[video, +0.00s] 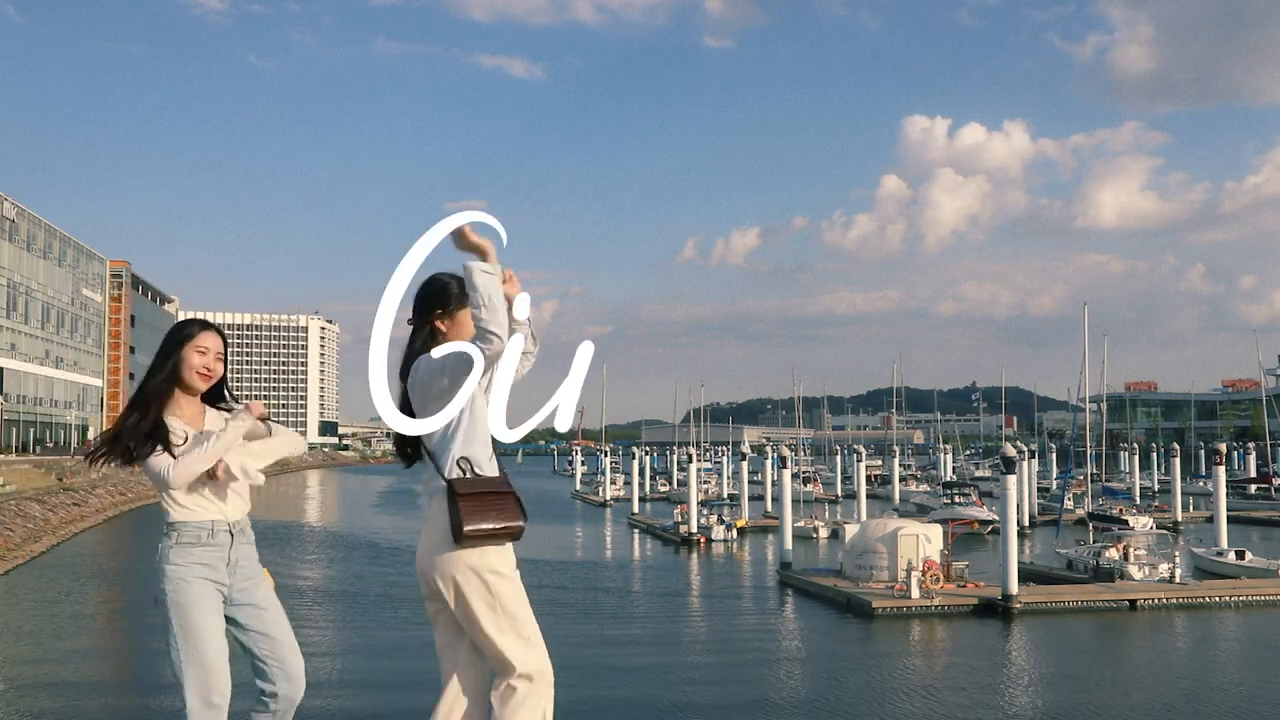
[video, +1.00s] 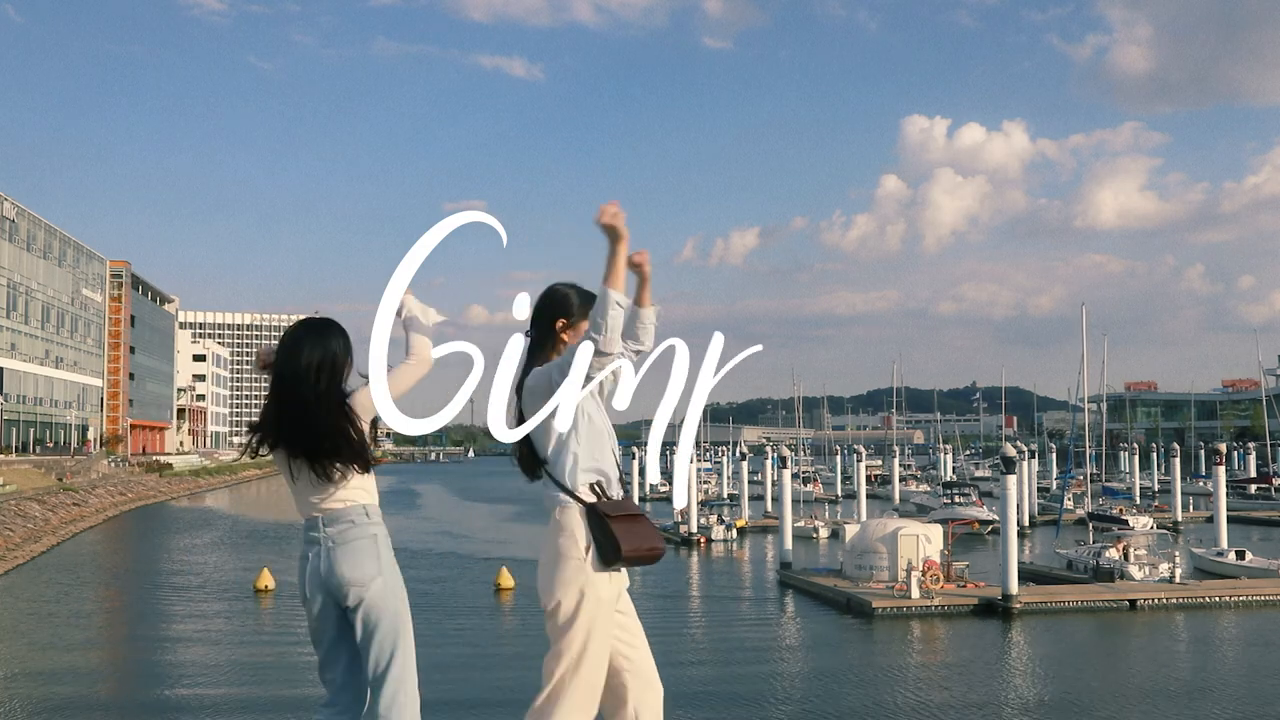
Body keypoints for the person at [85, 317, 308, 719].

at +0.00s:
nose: (211, 364)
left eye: (219, 358)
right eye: (200, 352)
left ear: (223, 368)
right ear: (174, 356)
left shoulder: (231, 418)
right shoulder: (147, 423)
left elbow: (296, 442)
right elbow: (174, 476)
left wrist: (237, 461)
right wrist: (239, 424)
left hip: (245, 558)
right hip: (190, 560)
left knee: (288, 681)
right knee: (210, 696)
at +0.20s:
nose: (229, 367)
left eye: (237, 359)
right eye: (219, 356)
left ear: (242, 367)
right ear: (191, 362)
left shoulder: (252, 415)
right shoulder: (170, 426)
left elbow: (324, 411)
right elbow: (187, 477)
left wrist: (284, 416)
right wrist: (245, 435)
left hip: (272, 558)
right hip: (213, 560)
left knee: (301, 684)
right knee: (219, 699)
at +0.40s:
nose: (259, 361)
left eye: (265, 354)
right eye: (248, 350)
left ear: (269, 364)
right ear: (219, 356)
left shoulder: (277, 412)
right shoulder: (198, 423)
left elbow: (341, 421)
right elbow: (219, 462)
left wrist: (295, 407)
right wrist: (284, 435)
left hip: (283, 561)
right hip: (232, 560)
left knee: (319, 687)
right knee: (220, 697)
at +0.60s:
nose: (302, 374)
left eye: (299, 365)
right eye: (296, 366)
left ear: (273, 378)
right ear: (275, 376)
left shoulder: (282, 434)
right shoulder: (253, 434)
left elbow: (335, 464)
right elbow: (328, 438)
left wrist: (391, 461)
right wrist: (331, 434)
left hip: (312, 568)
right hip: (279, 572)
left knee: (337, 693)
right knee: (298, 701)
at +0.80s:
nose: (336, 365)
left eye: (331, 358)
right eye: (327, 360)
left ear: (280, 371)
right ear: (311, 370)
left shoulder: (285, 423)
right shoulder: (317, 414)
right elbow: (380, 360)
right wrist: (381, 309)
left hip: (301, 579)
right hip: (317, 583)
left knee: (334, 700)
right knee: (382, 695)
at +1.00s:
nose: (352, 365)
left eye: (350, 357)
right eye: (349, 358)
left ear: (286, 368)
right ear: (340, 367)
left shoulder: (278, 423)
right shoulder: (354, 409)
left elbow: (288, 386)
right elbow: (421, 360)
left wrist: (280, 364)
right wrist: (414, 315)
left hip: (313, 554)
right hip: (361, 550)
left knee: (340, 691)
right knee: (394, 689)